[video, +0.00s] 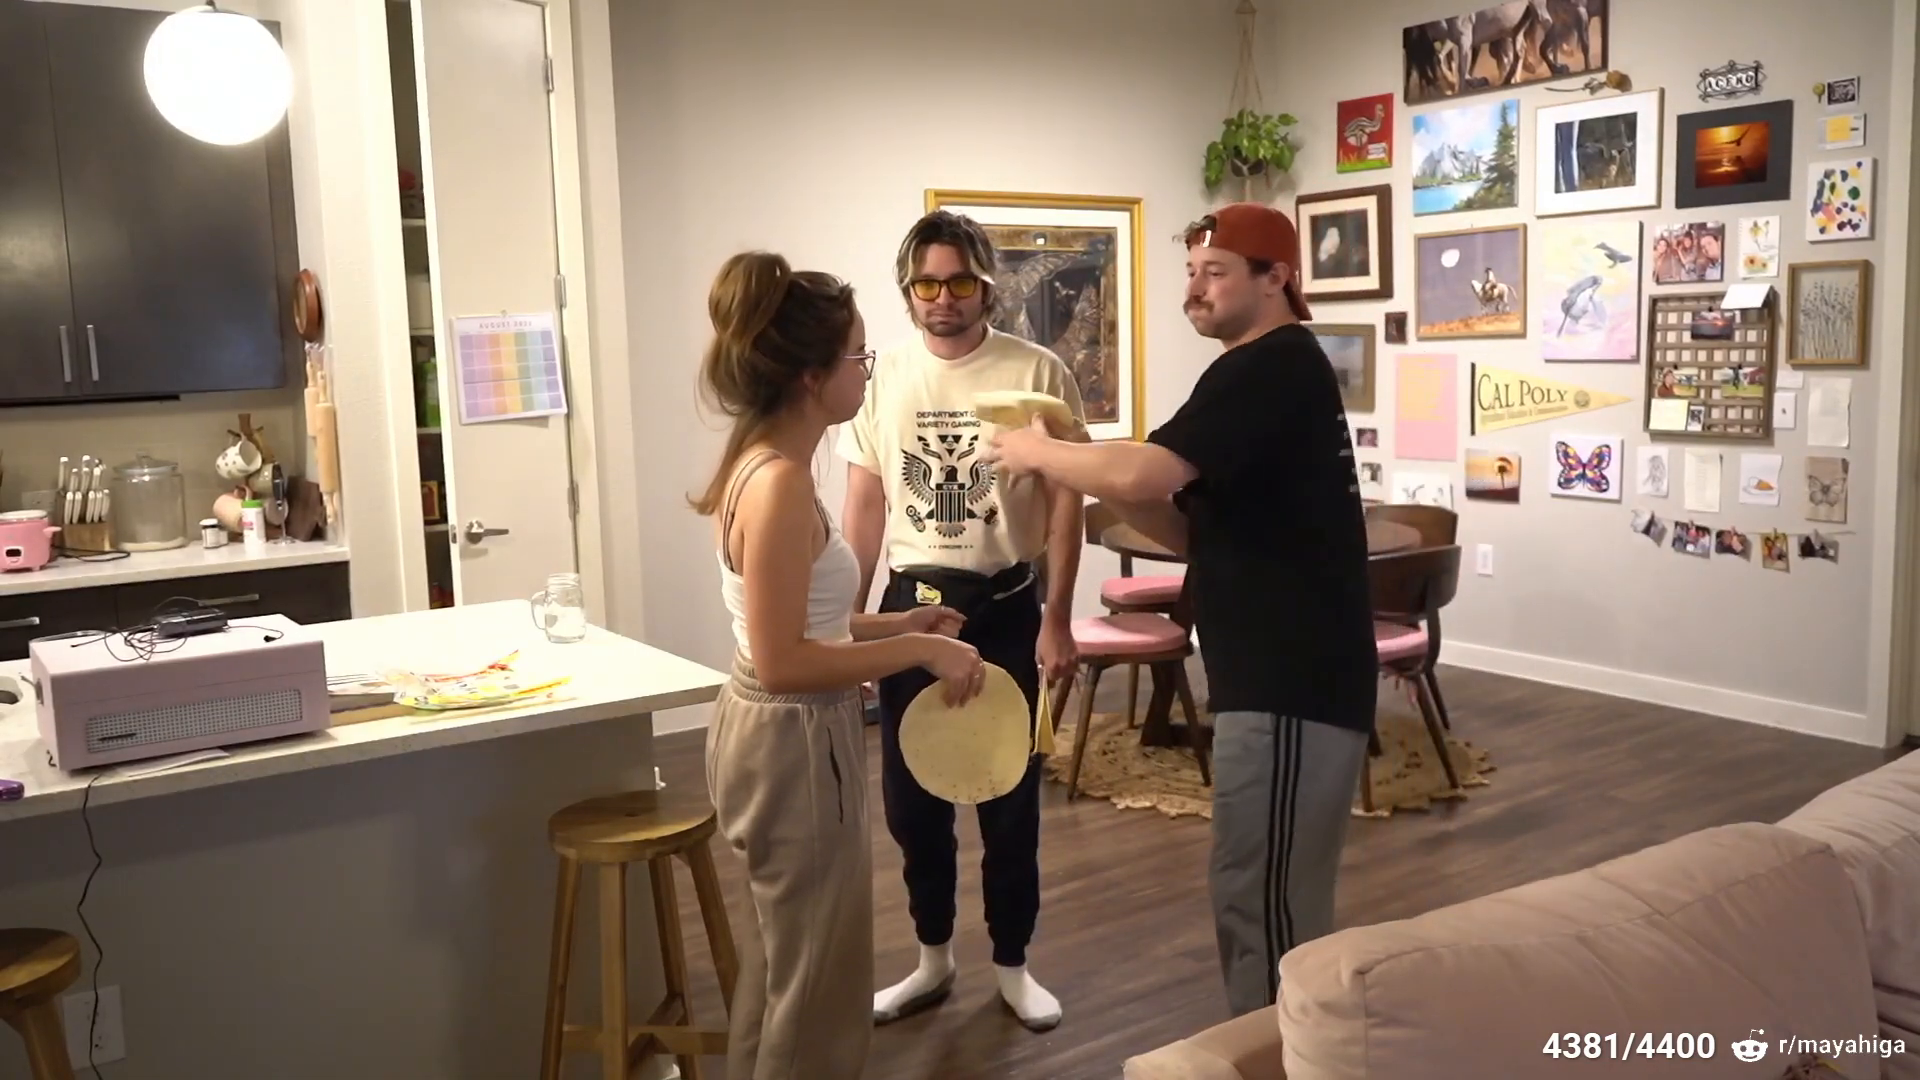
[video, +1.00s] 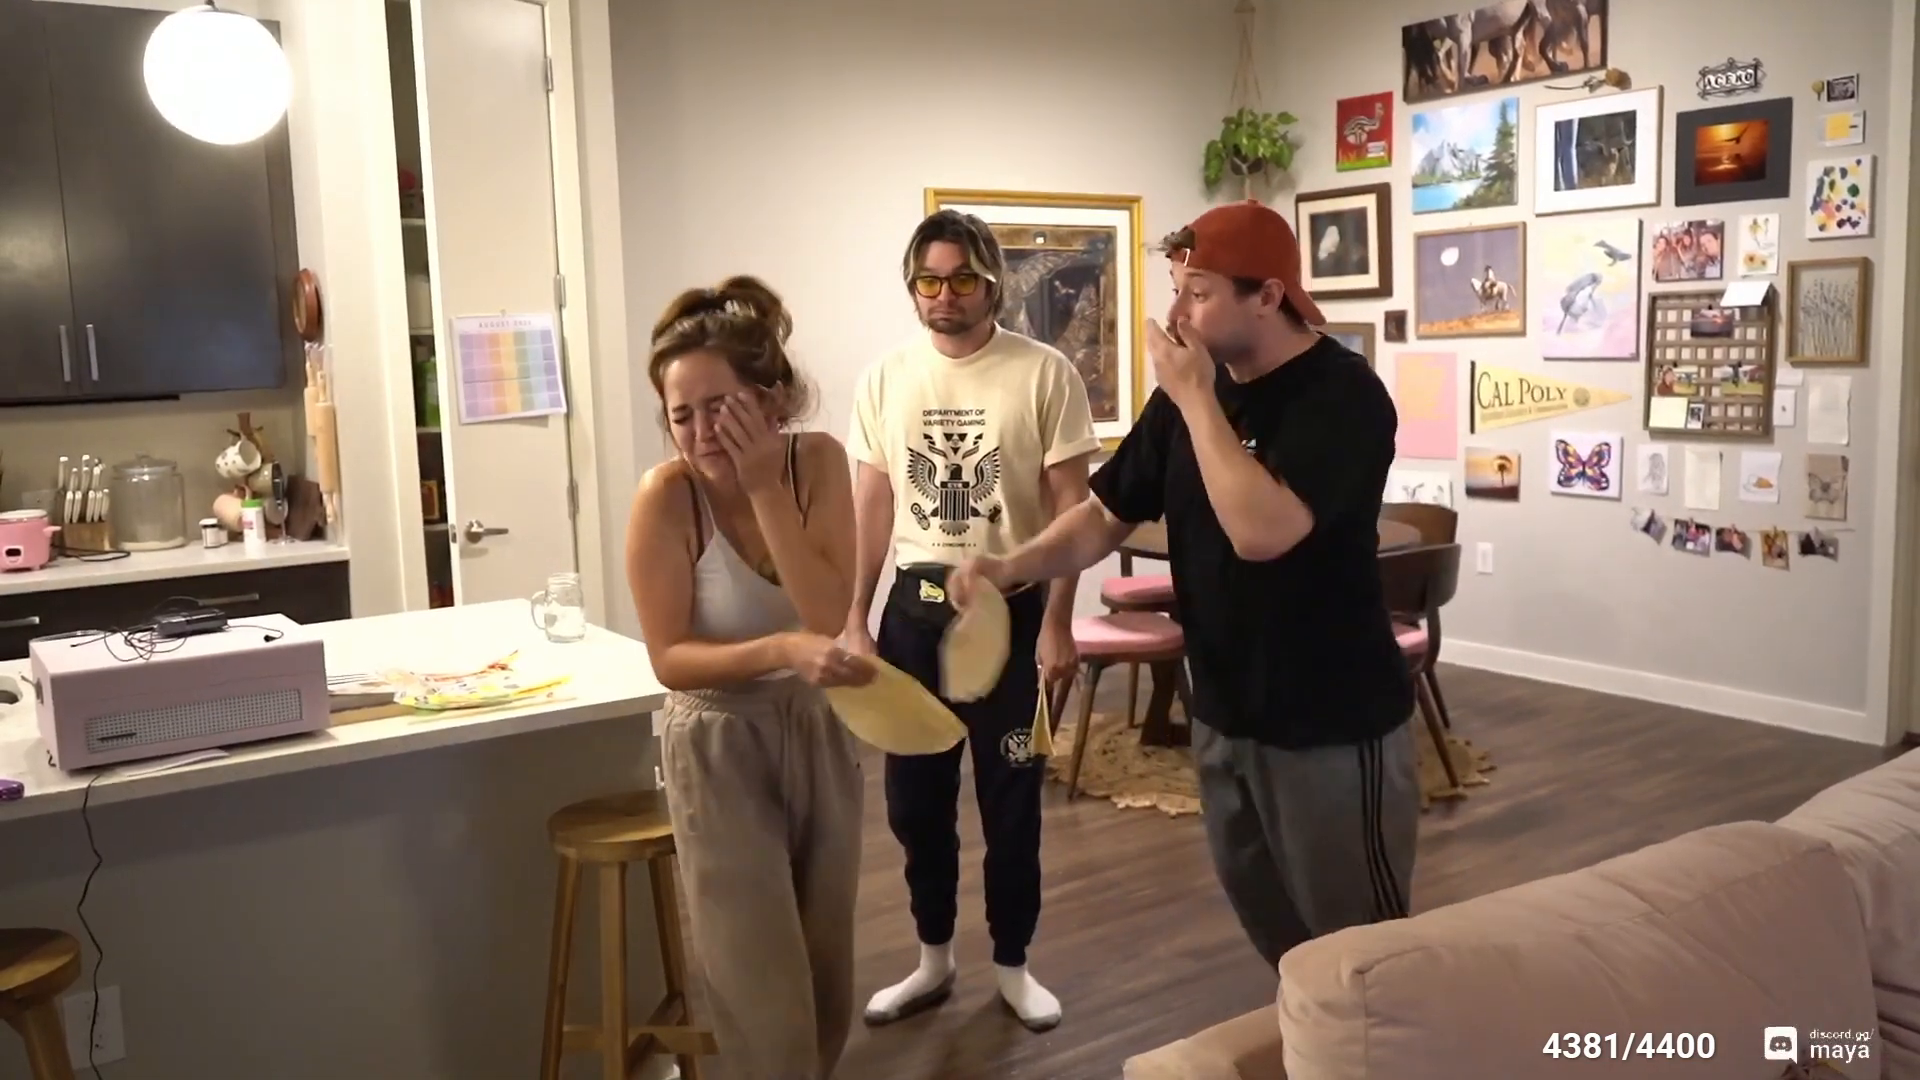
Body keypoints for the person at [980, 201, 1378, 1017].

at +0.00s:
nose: (1195, 289)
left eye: (1214, 272)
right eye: (1193, 275)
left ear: (1273, 278)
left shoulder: (1272, 364)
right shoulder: (1262, 367)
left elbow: (1153, 471)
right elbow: (1186, 531)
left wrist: (1043, 454)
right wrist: (1091, 474)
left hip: (1288, 689)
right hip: (1274, 684)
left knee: (1262, 908)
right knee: (1267, 904)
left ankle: (1274, 1070)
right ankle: (1278, 1066)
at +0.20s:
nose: (1176, 311)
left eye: (1195, 293)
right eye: (1174, 296)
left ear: (1256, 299)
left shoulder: (1263, 379)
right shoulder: (1252, 391)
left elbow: (1200, 470)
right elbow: (1154, 565)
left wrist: (1084, 511)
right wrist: (1107, 462)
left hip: (1285, 736)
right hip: (1267, 731)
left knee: (1257, 966)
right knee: (1258, 960)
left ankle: (1261, 1078)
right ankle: (1261, 1074)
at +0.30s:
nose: (1150, 307)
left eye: (1169, 288)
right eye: (1148, 293)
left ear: (1235, 294)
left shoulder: (1289, 380)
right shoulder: (1181, 448)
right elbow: (1099, 569)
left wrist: (1194, 546)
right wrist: (1056, 474)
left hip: (1311, 730)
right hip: (1218, 733)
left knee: (1267, 959)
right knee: (1268, 933)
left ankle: (1289, 1074)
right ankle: (1325, 1057)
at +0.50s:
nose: (1138, 309)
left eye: (1154, 288)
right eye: (1136, 291)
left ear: (1221, 285)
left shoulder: (1343, 400)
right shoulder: (1152, 417)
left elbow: (1458, 530)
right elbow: (1098, 535)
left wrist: (1310, 552)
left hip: (1315, 741)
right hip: (1196, 733)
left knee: (1282, 969)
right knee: (1236, 931)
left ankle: (1319, 1067)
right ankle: (1304, 1042)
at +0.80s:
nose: (1160, 339)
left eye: (1181, 321)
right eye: (1160, 318)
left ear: (1250, 328)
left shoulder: (1360, 421)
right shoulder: (1167, 423)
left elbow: (1410, 582)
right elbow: (1141, 552)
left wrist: (1255, 546)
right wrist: (1159, 653)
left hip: (1324, 734)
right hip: (1208, 724)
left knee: (1285, 934)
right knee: (1218, 925)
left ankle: (1308, 1065)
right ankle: (1247, 1062)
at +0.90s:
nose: (1167, 331)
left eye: (1187, 313)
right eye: (1166, 311)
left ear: (1255, 319)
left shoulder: (1350, 403)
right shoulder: (1186, 400)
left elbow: (1286, 551)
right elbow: (1132, 534)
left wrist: (1183, 433)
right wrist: (1085, 636)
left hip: (1329, 710)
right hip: (1223, 705)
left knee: (1305, 921)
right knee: (1242, 908)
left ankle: (1333, 1062)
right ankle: (1267, 1055)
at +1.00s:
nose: (1178, 314)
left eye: (1198, 294)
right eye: (1179, 293)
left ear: (1267, 297)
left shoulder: (1347, 395)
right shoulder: (1192, 396)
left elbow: (1264, 528)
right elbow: (1105, 514)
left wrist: (1194, 400)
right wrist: (1010, 568)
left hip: (1334, 730)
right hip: (1225, 722)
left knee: (1359, 951)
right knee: (1282, 940)